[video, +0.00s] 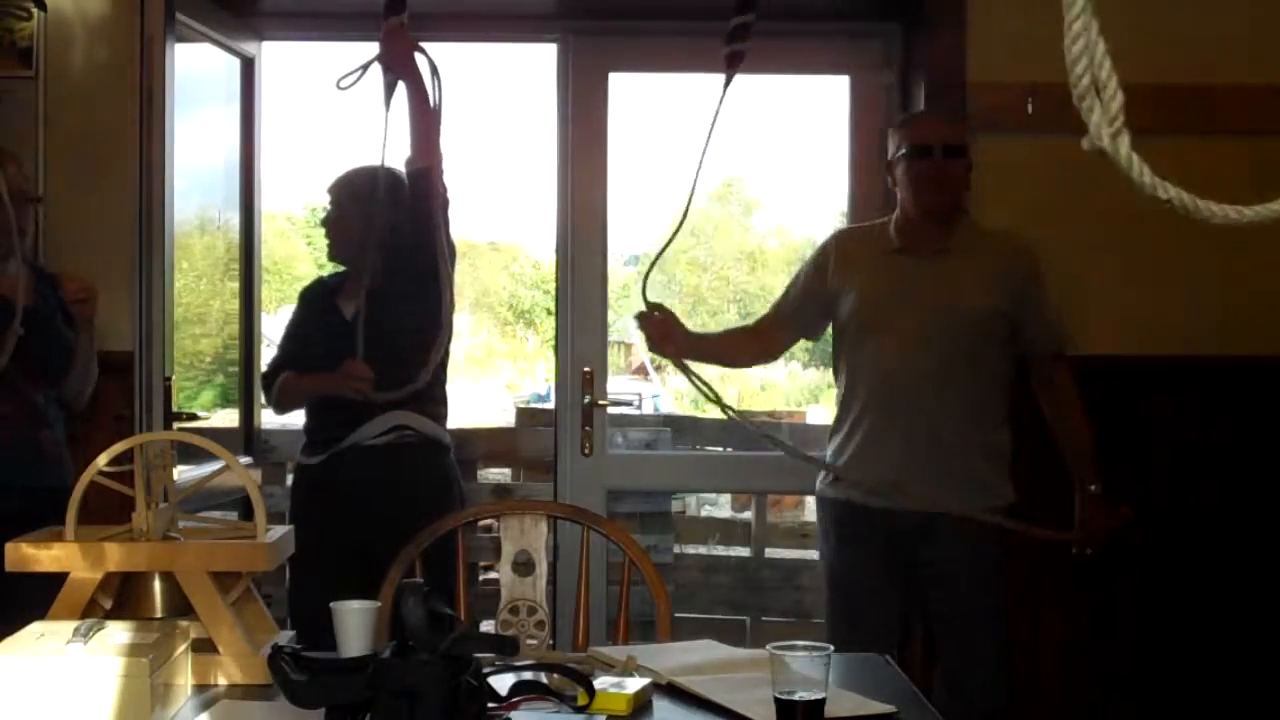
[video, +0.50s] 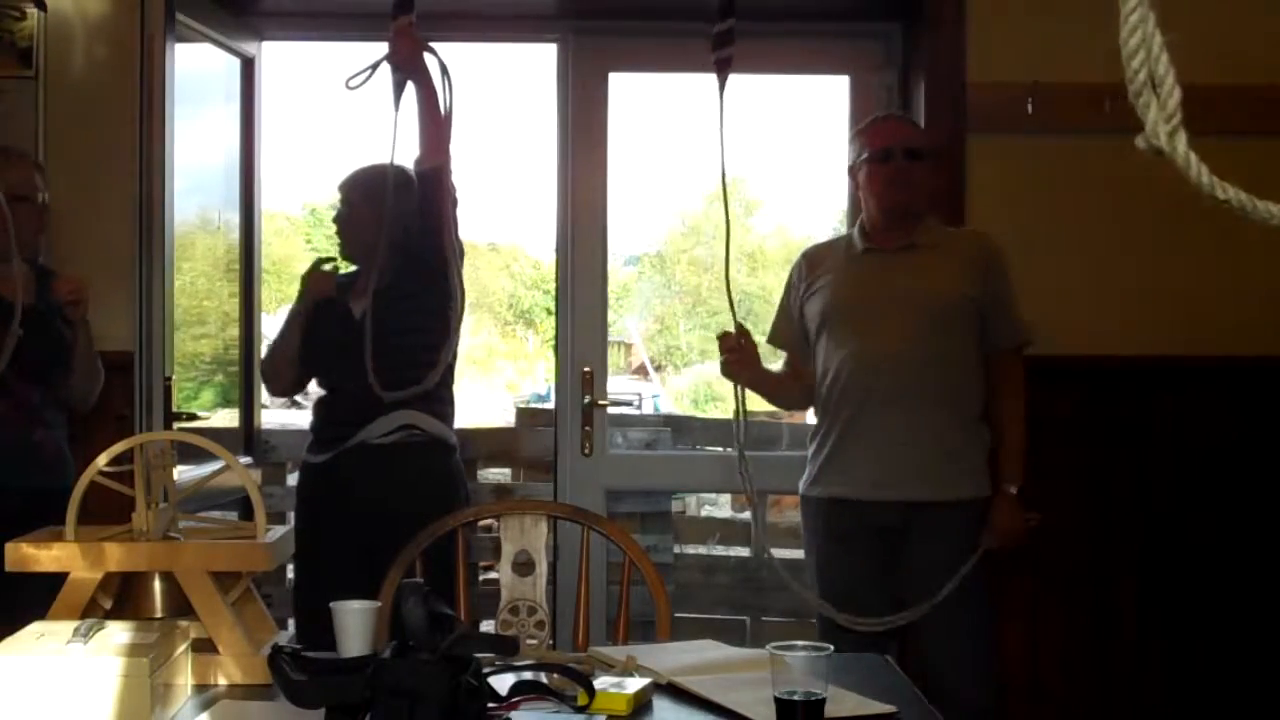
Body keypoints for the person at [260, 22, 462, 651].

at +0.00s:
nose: (326, 222)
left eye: (338, 211)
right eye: (329, 211)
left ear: (379, 219)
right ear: (350, 221)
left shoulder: (420, 285)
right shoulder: (317, 299)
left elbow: (426, 168)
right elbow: (279, 393)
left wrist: (410, 73)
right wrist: (333, 381)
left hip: (409, 481)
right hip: (326, 482)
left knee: (412, 628)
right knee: (322, 634)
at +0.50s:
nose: (336, 216)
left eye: (349, 204)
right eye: (339, 205)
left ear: (390, 212)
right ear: (358, 214)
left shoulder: (428, 279)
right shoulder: (328, 297)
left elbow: (435, 162)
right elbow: (279, 383)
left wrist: (418, 72)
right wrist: (305, 302)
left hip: (415, 463)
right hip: (333, 465)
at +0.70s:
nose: (356, 223)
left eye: (369, 209)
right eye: (352, 211)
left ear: (404, 213)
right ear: (346, 220)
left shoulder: (432, 279)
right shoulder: (329, 297)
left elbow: (436, 164)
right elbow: (278, 362)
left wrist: (419, 73)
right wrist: (310, 273)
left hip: (418, 464)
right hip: (335, 464)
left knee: (418, 620)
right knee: (328, 630)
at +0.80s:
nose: (352, 222)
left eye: (365, 209)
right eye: (348, 211)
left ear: (403, 213)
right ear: (346, 218)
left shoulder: (432, 275)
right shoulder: (332, 294)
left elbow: (436, 164)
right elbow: (280, 360)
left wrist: (418, 73)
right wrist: (318, 268)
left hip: (417, 461)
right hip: (335, 463)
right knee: (327, 632)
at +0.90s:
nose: (354, 220)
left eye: (369, 207)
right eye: (350, 209)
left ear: (406, 215)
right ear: (344, 218)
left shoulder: (432, 275)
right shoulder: (332, 295)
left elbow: (436, 166)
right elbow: (282, 359)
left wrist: (419, 75)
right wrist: (320, 268)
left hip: (417, 461)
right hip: (335, 463)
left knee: (417, 619)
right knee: (326, 630)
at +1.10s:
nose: (359, 223)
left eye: (374, 210)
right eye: (352, 210)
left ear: (406, 218)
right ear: (342, 219)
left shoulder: (432, 278)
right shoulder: (330, 296)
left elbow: (436, 168)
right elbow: (285, 359)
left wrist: (417, 75)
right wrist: (326, 262)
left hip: (418, 462)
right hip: (335, 466)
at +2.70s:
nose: (399, 197)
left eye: (412, 192)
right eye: (387, 192)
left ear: (429, 215)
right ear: (372, 218)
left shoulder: (444, 277)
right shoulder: (344, 278)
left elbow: (446, 171)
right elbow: (291, 208)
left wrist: (423, 81)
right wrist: (325, 116)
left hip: (420, 466)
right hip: (335, 464)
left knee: (425, 630)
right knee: (332, 641)